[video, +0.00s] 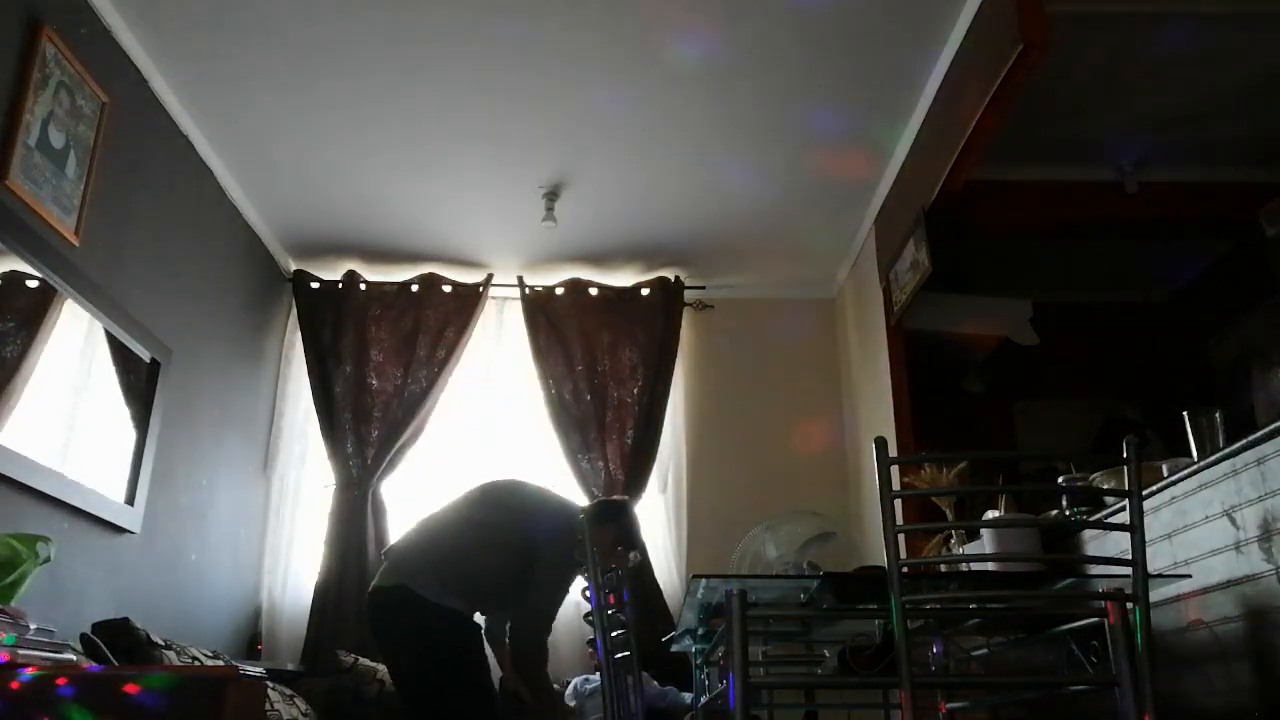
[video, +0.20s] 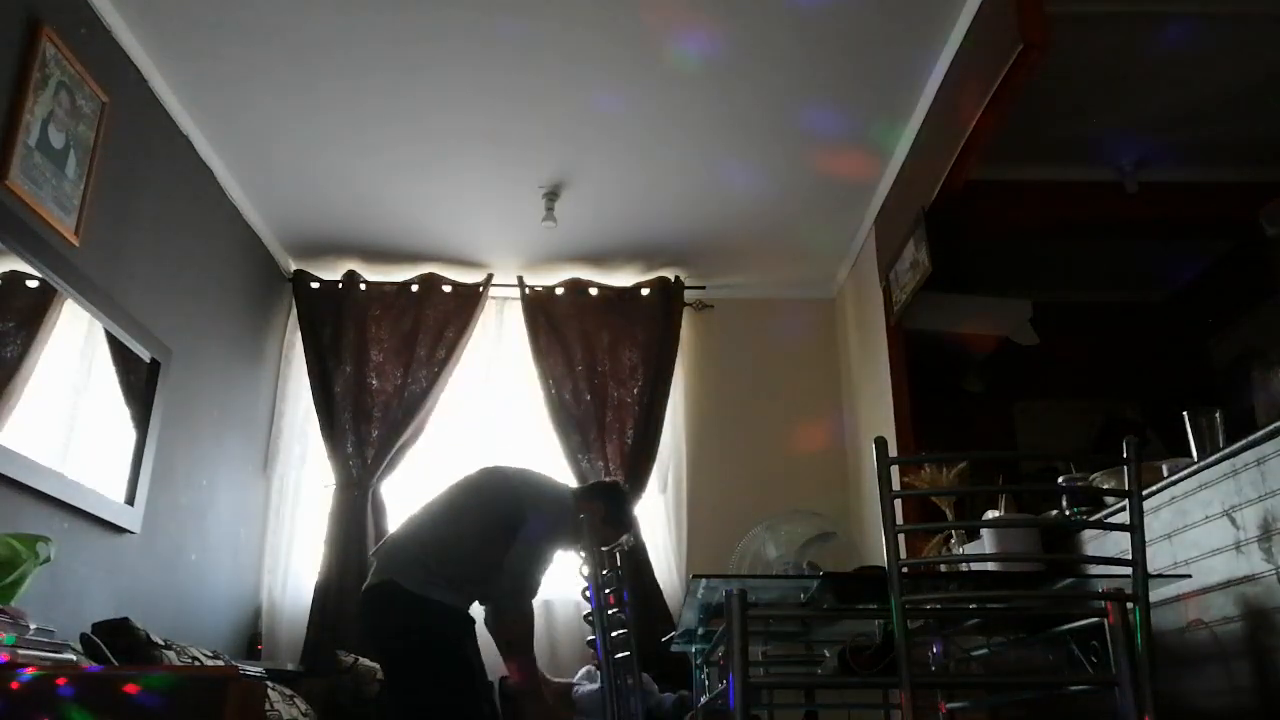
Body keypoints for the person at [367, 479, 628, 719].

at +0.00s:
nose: (612, 564)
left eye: (620, 556)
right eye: (619, 552)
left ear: (595, 517)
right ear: (608, 532)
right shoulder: (564, 539)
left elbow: (496, 626)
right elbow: (528, 641)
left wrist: (512, 676)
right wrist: (550, 704)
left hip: (396, 600)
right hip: (434, 609)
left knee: (435, 710)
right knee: (475, 711)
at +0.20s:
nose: (589, 547)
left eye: (600, 544)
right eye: (600, 538)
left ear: (588, 504)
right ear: (594, 510)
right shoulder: (556, 507)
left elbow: (498, 611)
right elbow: (512, 598)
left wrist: (525, 680)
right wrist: (530, 684)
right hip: (424, 604)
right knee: (465, 709)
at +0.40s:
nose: (582, 530)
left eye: (591, 525)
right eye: (591, 520)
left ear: (579, 488)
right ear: (582, 493)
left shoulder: (528, 499)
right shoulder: (524, 494)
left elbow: (507, 600)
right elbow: (494, 605)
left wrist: (552, 667)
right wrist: (527, 695)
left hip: (426, 605)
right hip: (399, 604)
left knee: (474, 708)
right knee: (462, 710)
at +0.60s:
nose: (585, 512)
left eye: (593, 507)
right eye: (592, 502)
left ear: (574, 466)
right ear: (579, 479)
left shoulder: (539, 503)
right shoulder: (508, 485)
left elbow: (501, 583)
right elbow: (453, 587)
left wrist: (500, 662)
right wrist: (501, 662)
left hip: (442, 602)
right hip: (399, 601)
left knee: (473, 703)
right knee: (422, 708)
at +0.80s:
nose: (574, 490)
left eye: (583, 485)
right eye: (580, 481)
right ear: (571, 459)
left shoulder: (545, 490)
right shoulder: (483, 468)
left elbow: (529, 572)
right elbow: (412, 545)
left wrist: (536, 634)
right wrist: (433, 642)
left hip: (463, 602)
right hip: (402, 600)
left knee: (488, 702)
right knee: (419, 707)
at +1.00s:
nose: (562, 452)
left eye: (568, 445)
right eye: (564, 443)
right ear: (544, 424)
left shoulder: (535, 462)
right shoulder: (465, 444)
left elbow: (522, 536)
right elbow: (394, 525)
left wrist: (538, 607)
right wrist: (430, 612)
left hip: (483, 607)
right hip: (418, 611)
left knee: (506, 706)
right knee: (429, 713)